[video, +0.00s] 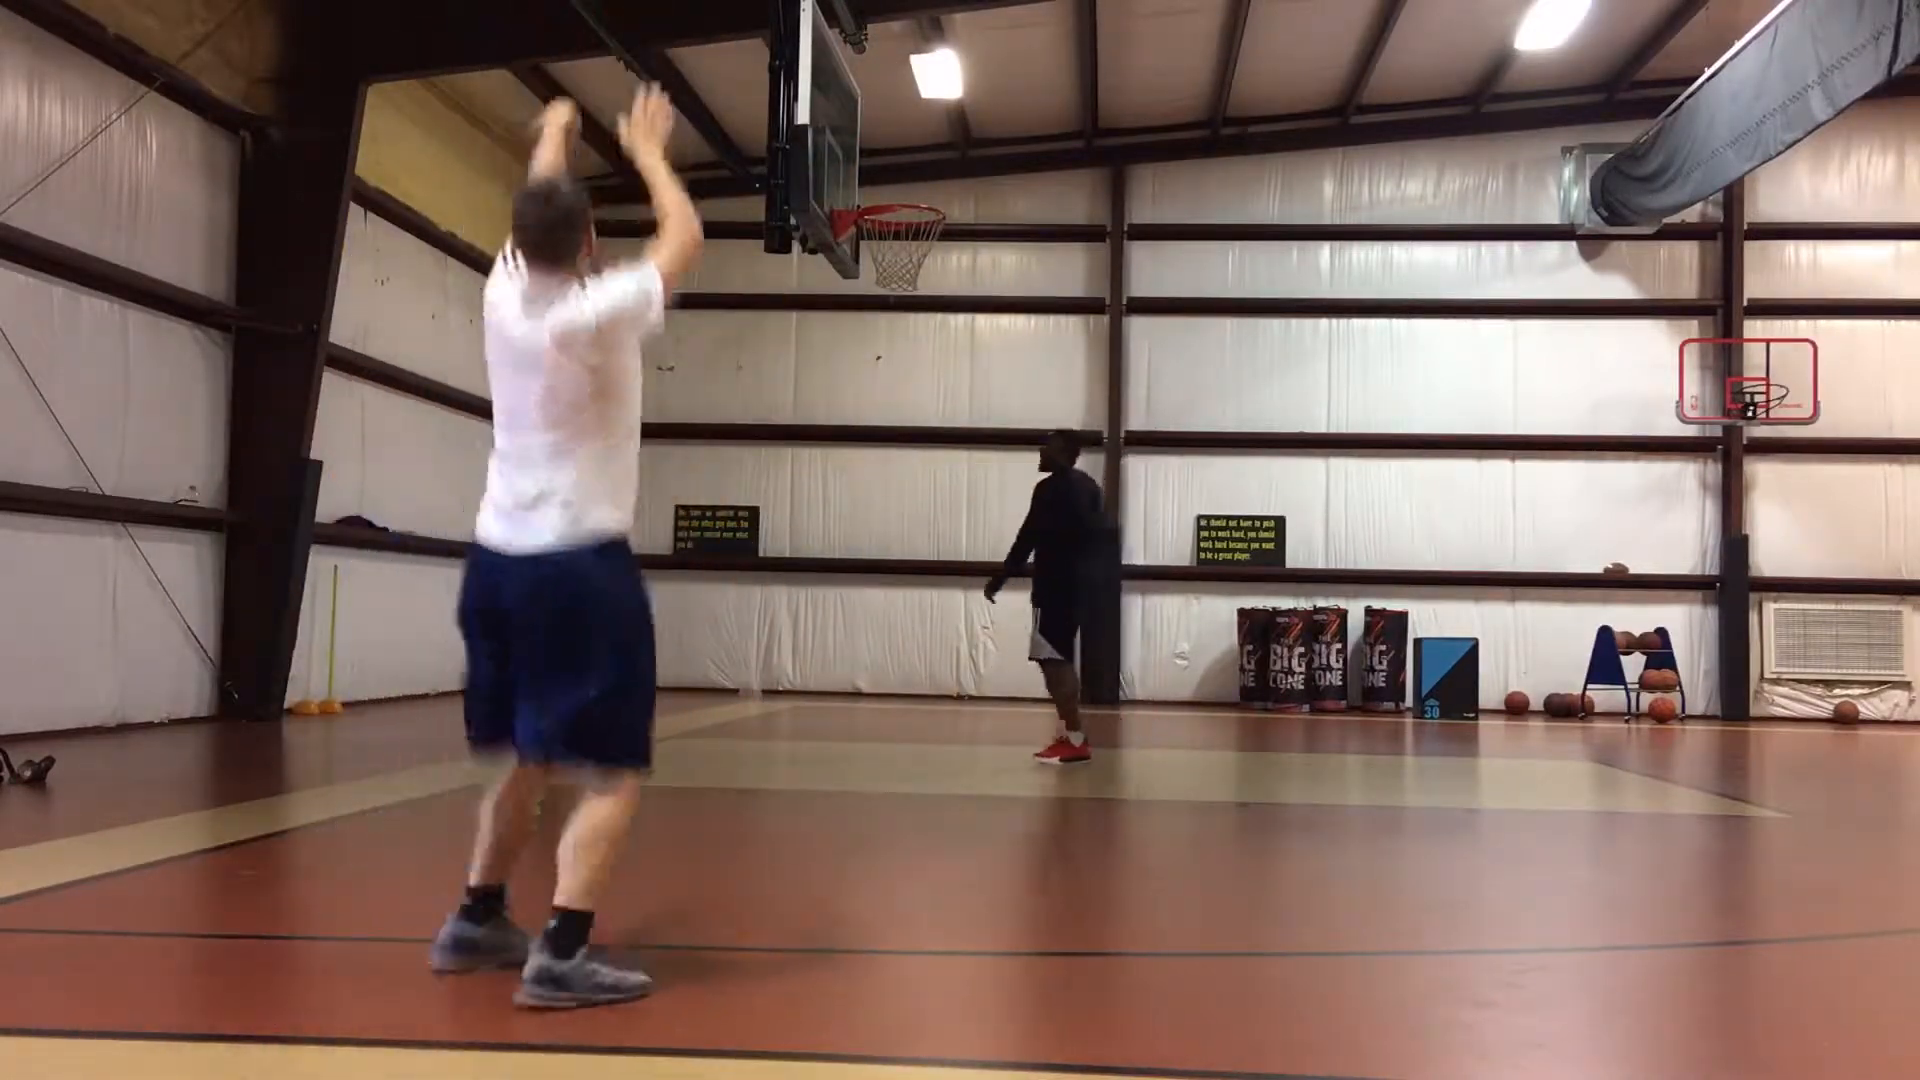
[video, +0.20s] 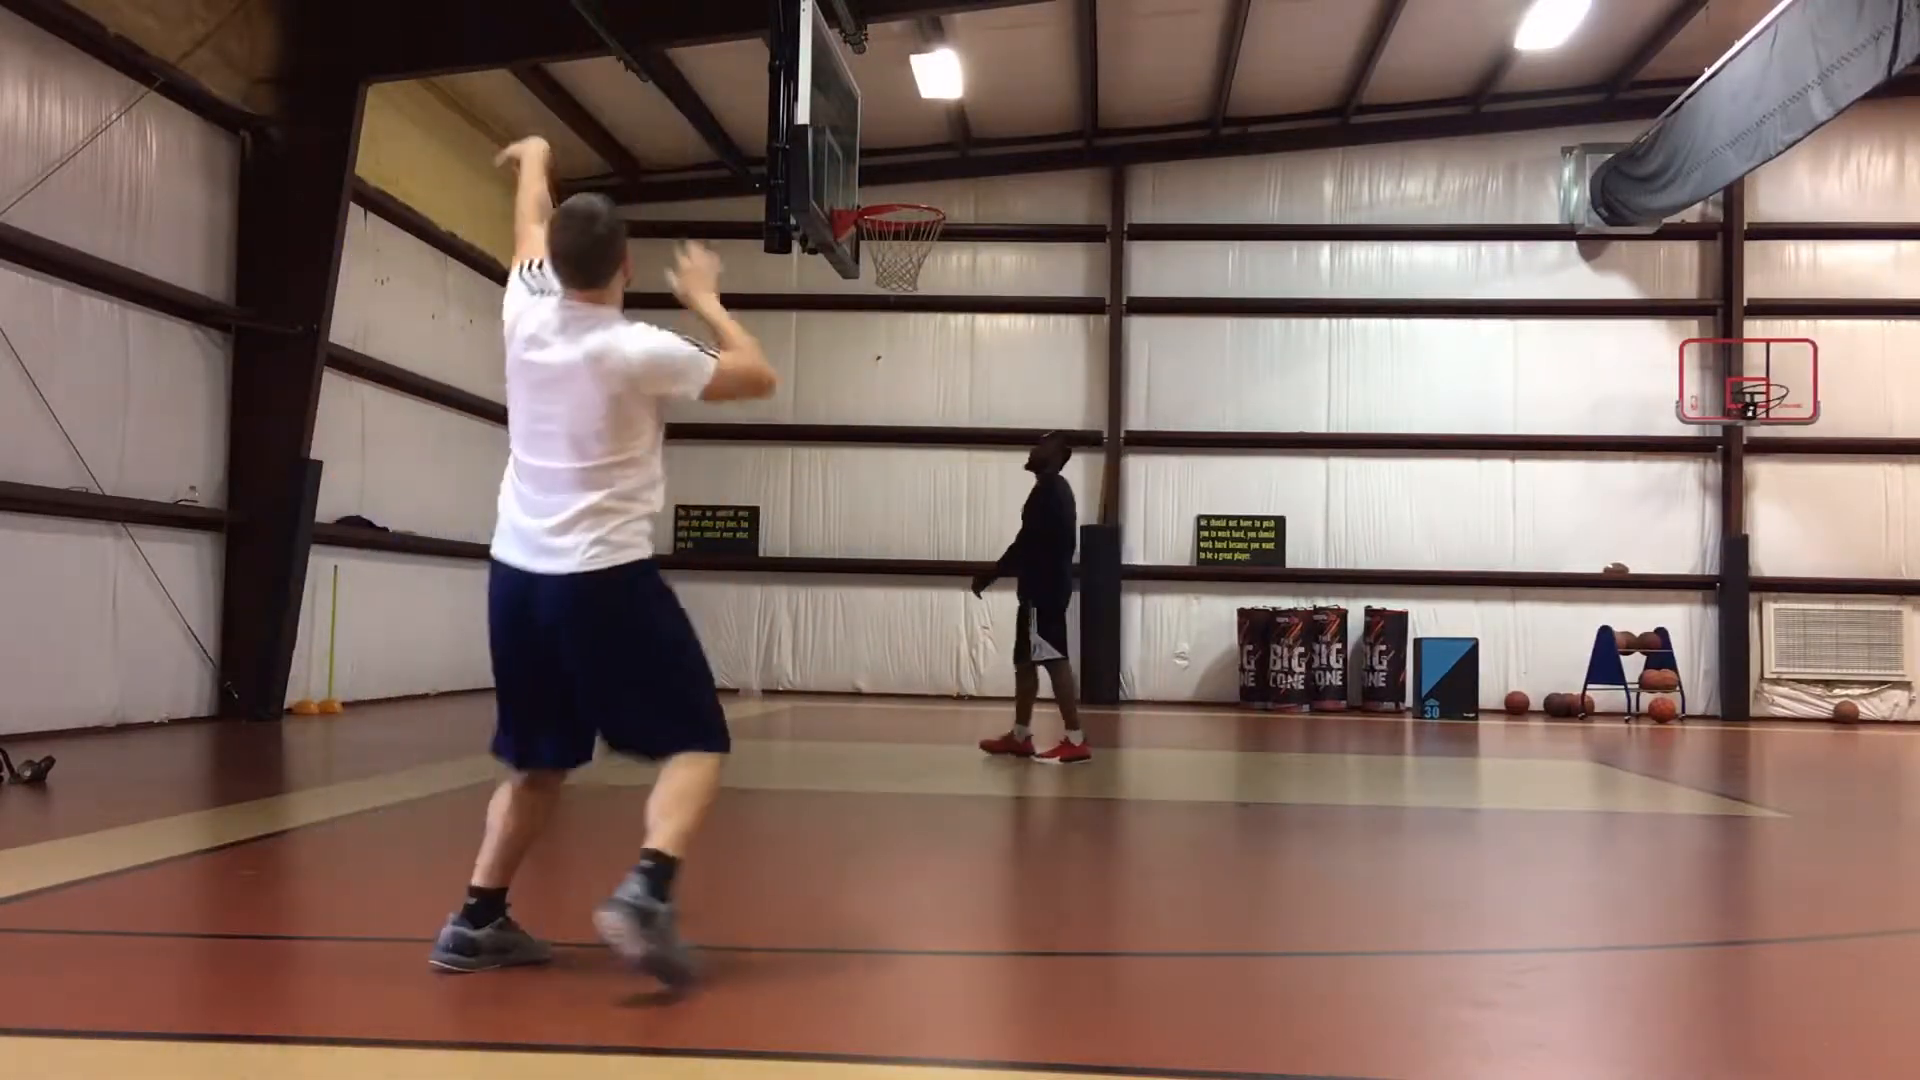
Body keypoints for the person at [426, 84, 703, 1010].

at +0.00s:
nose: (598, 234)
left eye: (572, 225)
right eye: (593, 225)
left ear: (523, 237)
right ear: (590, 237)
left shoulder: (504, 296)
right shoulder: (609, 307)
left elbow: (531, 213)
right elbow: (682, 233)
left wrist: (551, 145)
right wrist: (651, 153)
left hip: (499, 563)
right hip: (585, 568)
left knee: (524, 757)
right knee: (616, 773)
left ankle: (477, 917)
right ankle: (560, 955)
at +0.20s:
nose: (634, 260)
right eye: (631, 251)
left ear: (554, 261)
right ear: (624, 267)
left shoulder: (527, 314)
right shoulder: (638, 349)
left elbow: (530, 231)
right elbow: (756, 375)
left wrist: (531, 160)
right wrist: (706, 299)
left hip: (518, 576)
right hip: (610, 580)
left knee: (538, 755)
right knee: (697, 743)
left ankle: (478, 916)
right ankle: (645, 895)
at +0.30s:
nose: (662, 246)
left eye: (649, 235)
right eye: (660, 238)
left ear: (579, 243)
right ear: (653, 250)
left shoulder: (552, 295)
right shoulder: (675, 340)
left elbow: (533, 207)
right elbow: (776, 415)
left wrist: (518, 131)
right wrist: (744, 342)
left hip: (546, 559)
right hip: (643, 567)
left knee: (543, 742)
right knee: (701, 743)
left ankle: (484, 911)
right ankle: (709, 913)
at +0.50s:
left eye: (645, 229)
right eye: (717, 228)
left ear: (646, 234)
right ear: (723, 237)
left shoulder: (611, 289)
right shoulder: (753, 338)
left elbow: (560, 186)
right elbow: (829, 439)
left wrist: (534, 98)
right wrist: (792, 406)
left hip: (591, 553)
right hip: (695, 563)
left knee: (555, 739)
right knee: (716, 762)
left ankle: (508, 911)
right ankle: (722, 949)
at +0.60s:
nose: (726, 222)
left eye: (677, 212)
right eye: (738, 210)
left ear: (665, 219)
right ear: (748, 219)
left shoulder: (626, 271)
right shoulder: (775, 324)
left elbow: (566, 168)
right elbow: (838, 448)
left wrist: (541, 79)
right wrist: (885, 510)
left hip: (603, 538)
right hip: (709, 552)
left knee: (569, 734)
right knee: (720, 759)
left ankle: (524, 922)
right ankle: (724, 953)